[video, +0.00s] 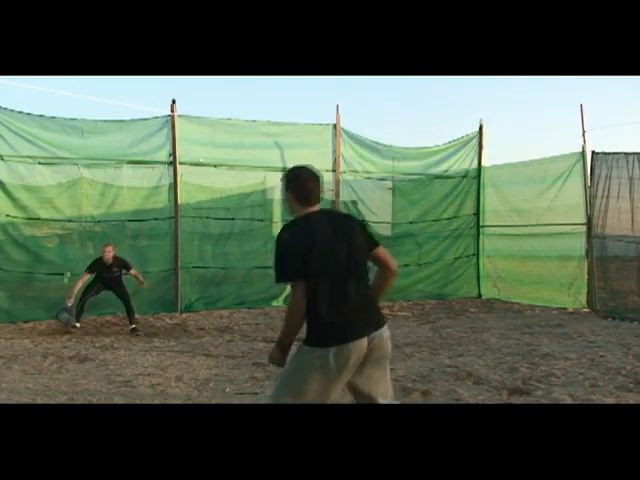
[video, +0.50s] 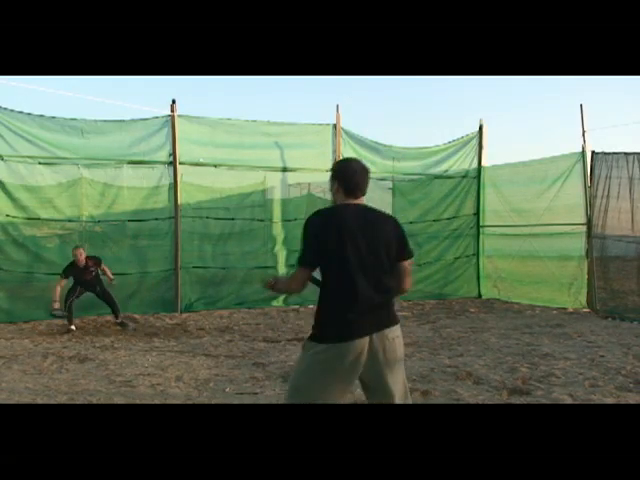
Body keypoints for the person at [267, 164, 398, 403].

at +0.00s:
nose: (285, 196)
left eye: (286, 191)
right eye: (287, 190)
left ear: (290, 196)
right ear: (319, 193)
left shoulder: (290, 235)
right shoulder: (346, 221)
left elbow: (299, 301)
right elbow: (390, 267)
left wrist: (282, 346)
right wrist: (369, 302)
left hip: (331, 343)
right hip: (376, 333)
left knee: (283, 399)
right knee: (380, 399)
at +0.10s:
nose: (303, 193)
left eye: (304, 187)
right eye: (303, 187)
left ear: (308, 191)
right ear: (337, 190)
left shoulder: (304, 228)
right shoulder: (366, 220)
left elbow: (305, 296)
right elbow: (400, 272)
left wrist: (284, 341)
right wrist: (380, 303)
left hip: (339, 343)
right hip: (386, 335)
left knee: (296, 400)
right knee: (386, 399)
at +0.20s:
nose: (320, 197)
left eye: (321, 192)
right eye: (322, 192)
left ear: (326, 196)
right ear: (354, 195)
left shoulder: (319, 231)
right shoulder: (384, 228)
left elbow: (313, 296)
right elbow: (410, 286)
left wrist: (286, 339)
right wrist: (387, 314)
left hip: (344, 346)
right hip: (393, 340)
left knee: (300, 400)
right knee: (397, 399)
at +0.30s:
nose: (332, 196)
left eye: (333, 191)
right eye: (333, 191)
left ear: (337, 192)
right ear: (366, 194)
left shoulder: (325, 226)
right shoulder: (393, 227)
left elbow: (317, 289)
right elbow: (412, 289)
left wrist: (292, 322)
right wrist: (387, 310)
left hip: (344, 343)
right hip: (394, 340)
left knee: (310, 399)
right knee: (400, 400)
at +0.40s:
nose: (336, 189)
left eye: (336, 183)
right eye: (337, 183)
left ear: (341, 186)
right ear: (370, 188)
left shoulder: (326, 219)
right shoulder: (394, 222)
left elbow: (312, 283)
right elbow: (412, 284)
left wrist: (286, 302)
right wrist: (382, 291)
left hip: (339, 337)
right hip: (390, 334)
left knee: (313, 398)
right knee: (398, 399)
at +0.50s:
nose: (330, 188)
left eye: (331, 183)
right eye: (332, 183)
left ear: (336, 186)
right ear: (365, 188)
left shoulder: (320, 221)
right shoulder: (389, 223)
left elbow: (298, 283)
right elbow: (404, 284)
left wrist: (279, 285)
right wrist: (370, 283)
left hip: (335, 339)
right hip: (386, 336)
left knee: (303, 398)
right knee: (394, 399)